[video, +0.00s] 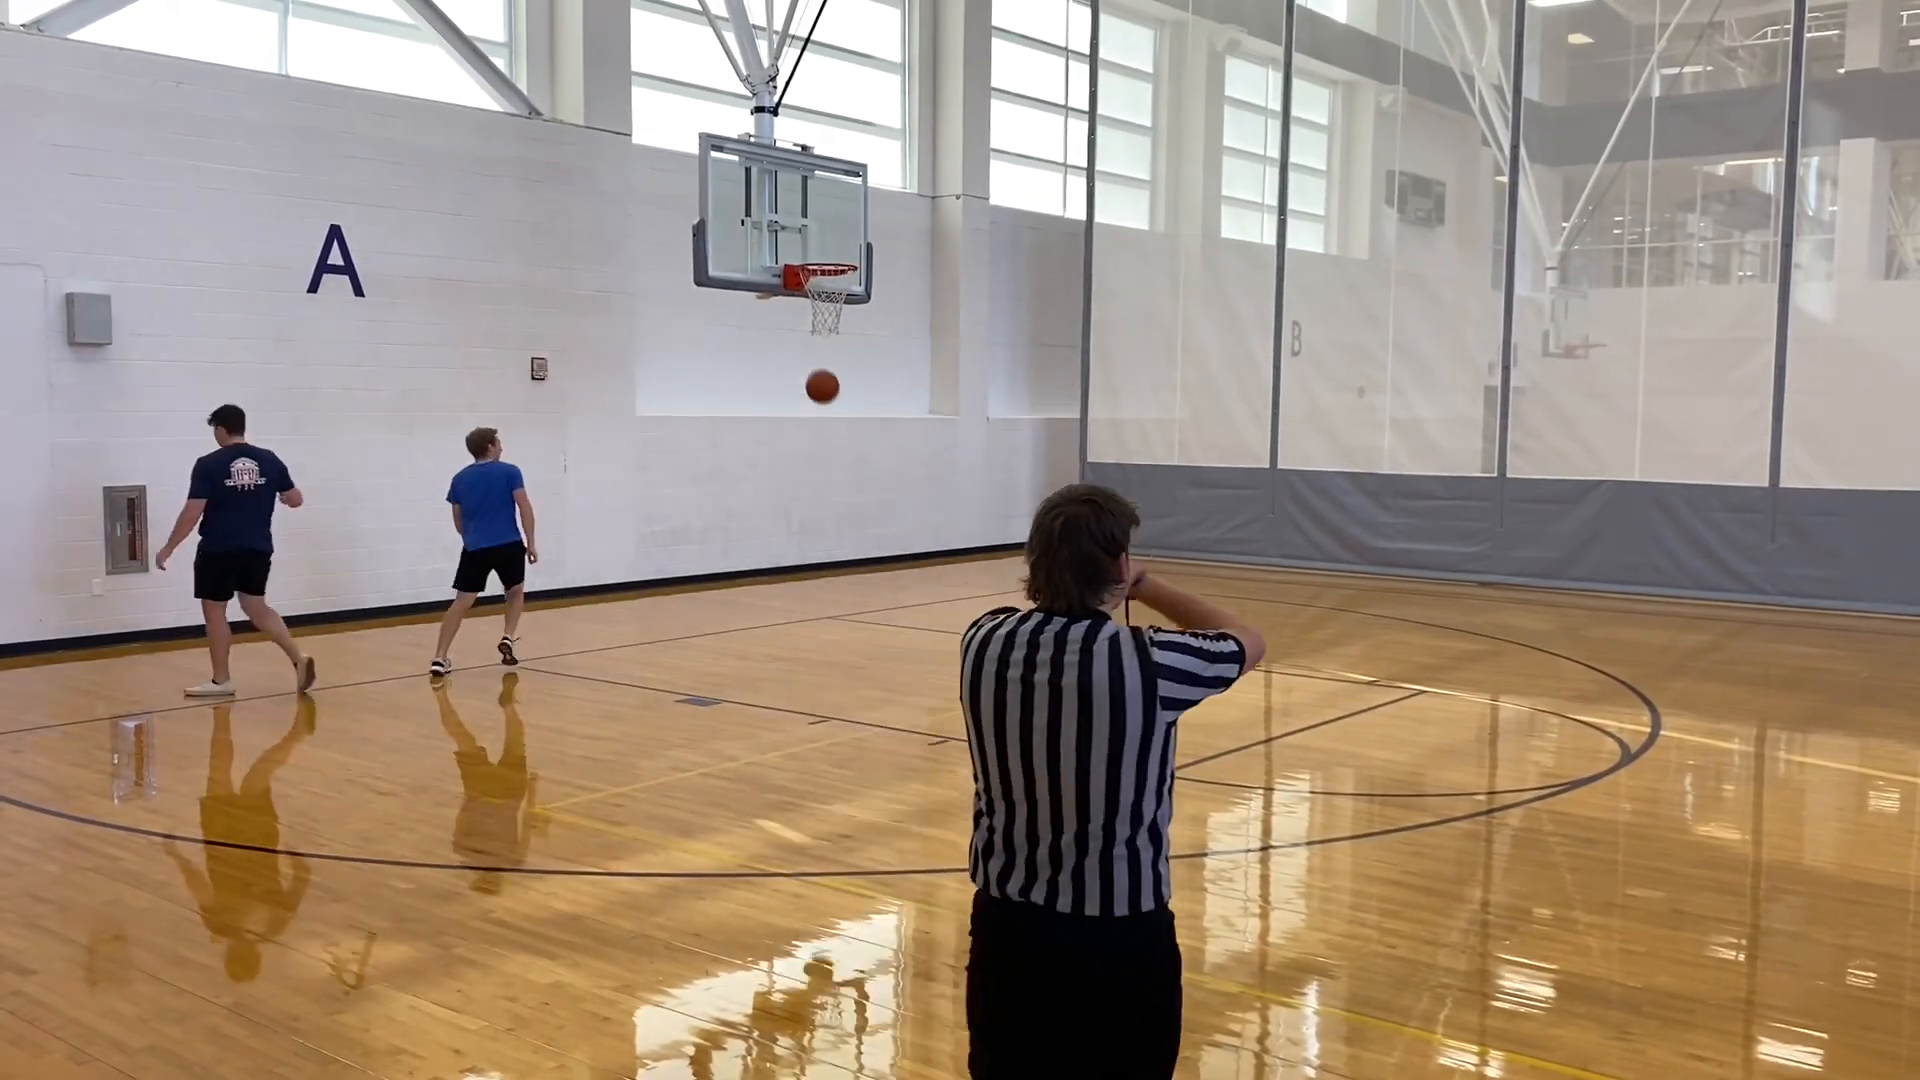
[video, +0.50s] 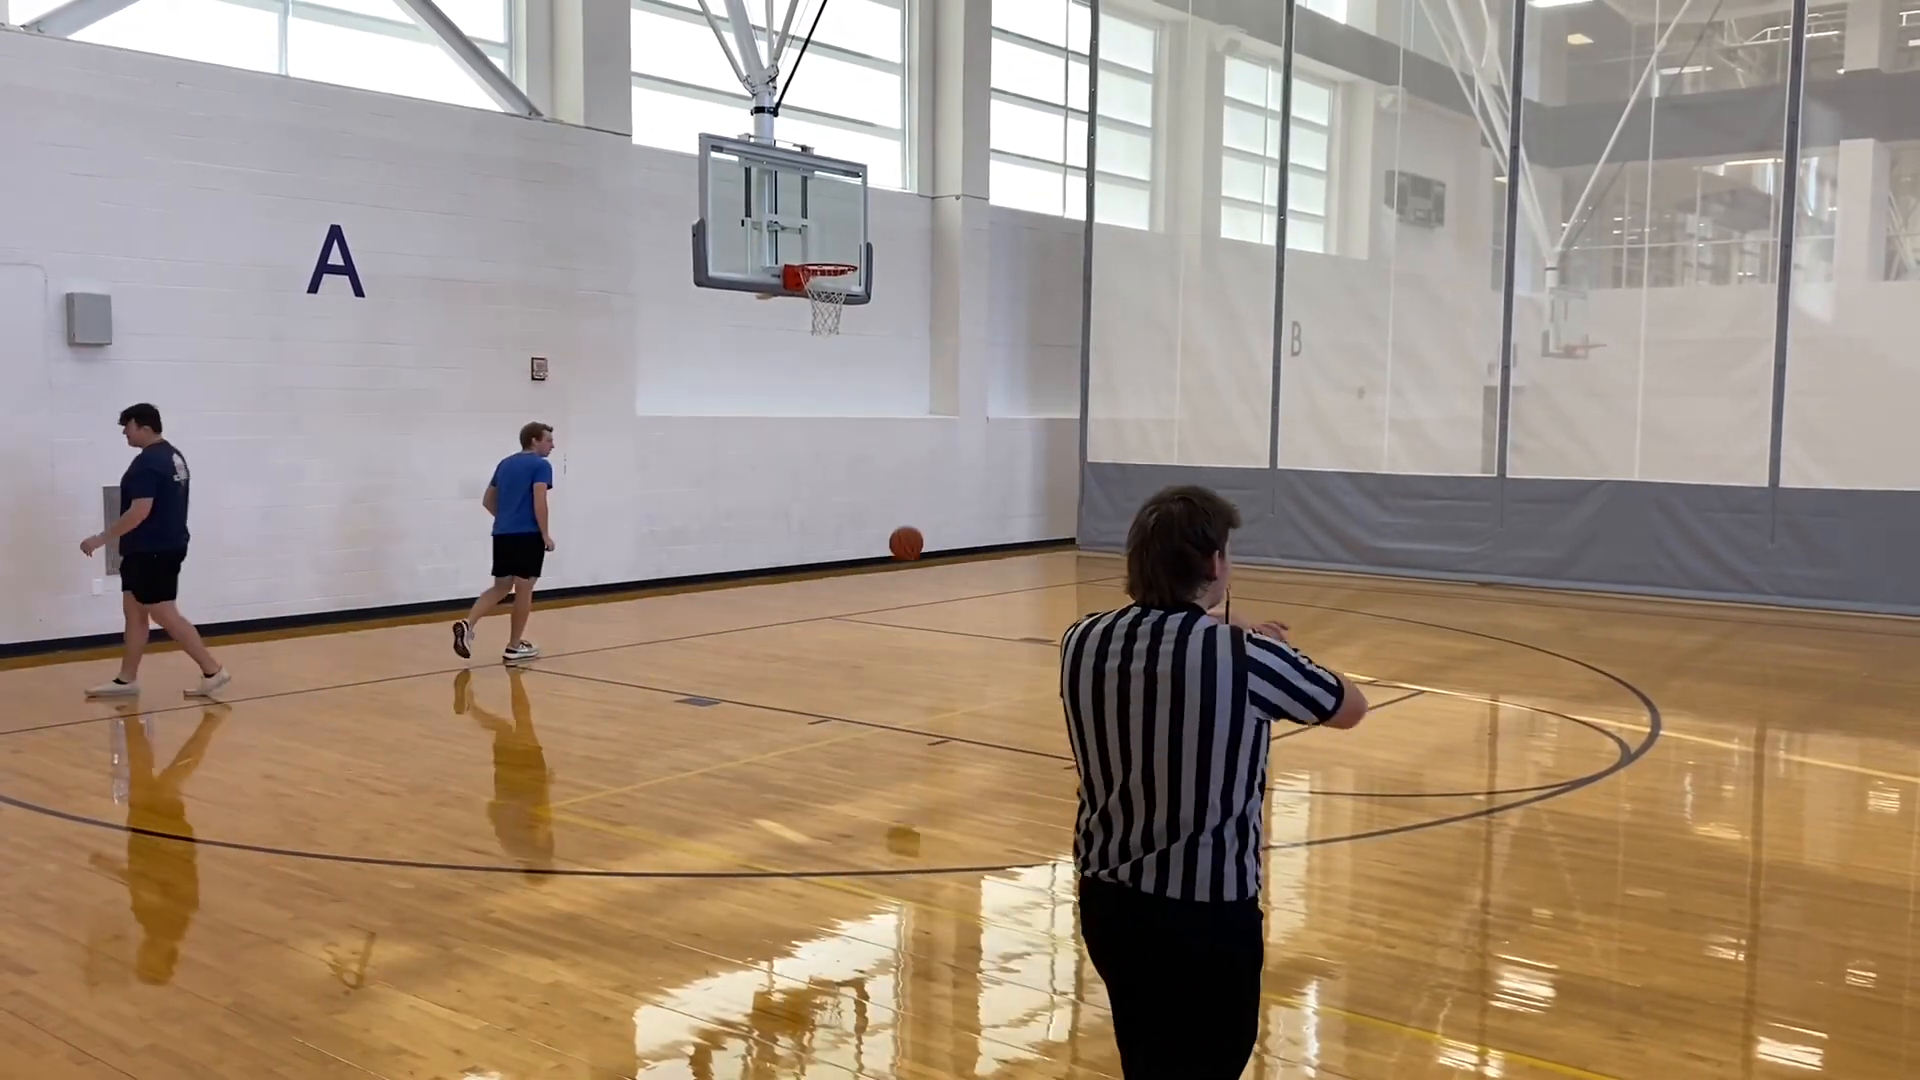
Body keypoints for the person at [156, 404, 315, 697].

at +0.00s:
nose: (215, 436)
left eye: (214, 431)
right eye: (214, 432)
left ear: (221, 430)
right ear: (243, 429)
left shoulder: (208, 464)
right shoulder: (268, 459)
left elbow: (192, 513)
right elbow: (295, 499)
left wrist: (168, 547)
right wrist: (272, 485)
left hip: (217, 552)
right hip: (257, 550)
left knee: (215, 614)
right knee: (255, 605)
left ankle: (221, 680)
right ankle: (298, 659)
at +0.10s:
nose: (193, 435)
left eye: (194, 429)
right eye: (193, 430)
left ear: (203, 428)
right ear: (222, 427)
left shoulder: (194, 463)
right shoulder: (251, 457)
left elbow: (181, 514)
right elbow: (273, 501)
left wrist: (152, 543)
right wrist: (265, 518)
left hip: (205, 548)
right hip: (239, 546)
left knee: (209, 611)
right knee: (220, 601)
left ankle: (221, 680)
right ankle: (263, 647)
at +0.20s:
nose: (176, 433)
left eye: (177, 428)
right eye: (175, 428)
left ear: (188, 426)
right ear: (204, 426)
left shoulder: (181, 459)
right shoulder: (235, 455)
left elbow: (169, 508)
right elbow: (254, 501)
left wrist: (142, 530)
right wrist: (241, 530)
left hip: (191, 545)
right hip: (221, 544)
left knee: (204, 610)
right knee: (182, 598)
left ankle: (219, 678)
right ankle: (220, 657)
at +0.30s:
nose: (159, 432)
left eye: (161, 426)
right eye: (159, 426)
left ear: (174, 425)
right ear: (187, 425)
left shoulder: (167, 460)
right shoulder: (218, 455)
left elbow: (157, 508)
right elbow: (233, 502)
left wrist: (127, 524)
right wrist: (220, 535)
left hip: (178, 546)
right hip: (204, 543)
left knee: (200, 610)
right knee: (161, 598)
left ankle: (221, 679)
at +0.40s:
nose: (143, 434)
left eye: (144, 428)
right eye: (142, 428)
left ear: (158, 428)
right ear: (170, 427)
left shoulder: (155, 462)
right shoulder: (198, 458)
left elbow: (146, 510)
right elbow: (209, 505)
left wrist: (111, 529)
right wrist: (198, 539)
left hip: (163, 550)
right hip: (185, 547)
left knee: (188, 612)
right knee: (149, 607)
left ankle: (220, 679)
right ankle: (130, 676)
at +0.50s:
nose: (125, 435)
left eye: (128, 429)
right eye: (125, 429)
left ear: (143, 428)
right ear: (150, 429)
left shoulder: (148, 461)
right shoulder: (172, 455)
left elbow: (139, 511)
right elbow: (169, 508)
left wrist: (101, 538)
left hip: (150, 551)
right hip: (163, 548)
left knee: (164, 613)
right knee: (135, 610)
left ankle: (214, 672)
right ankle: (126, 679)